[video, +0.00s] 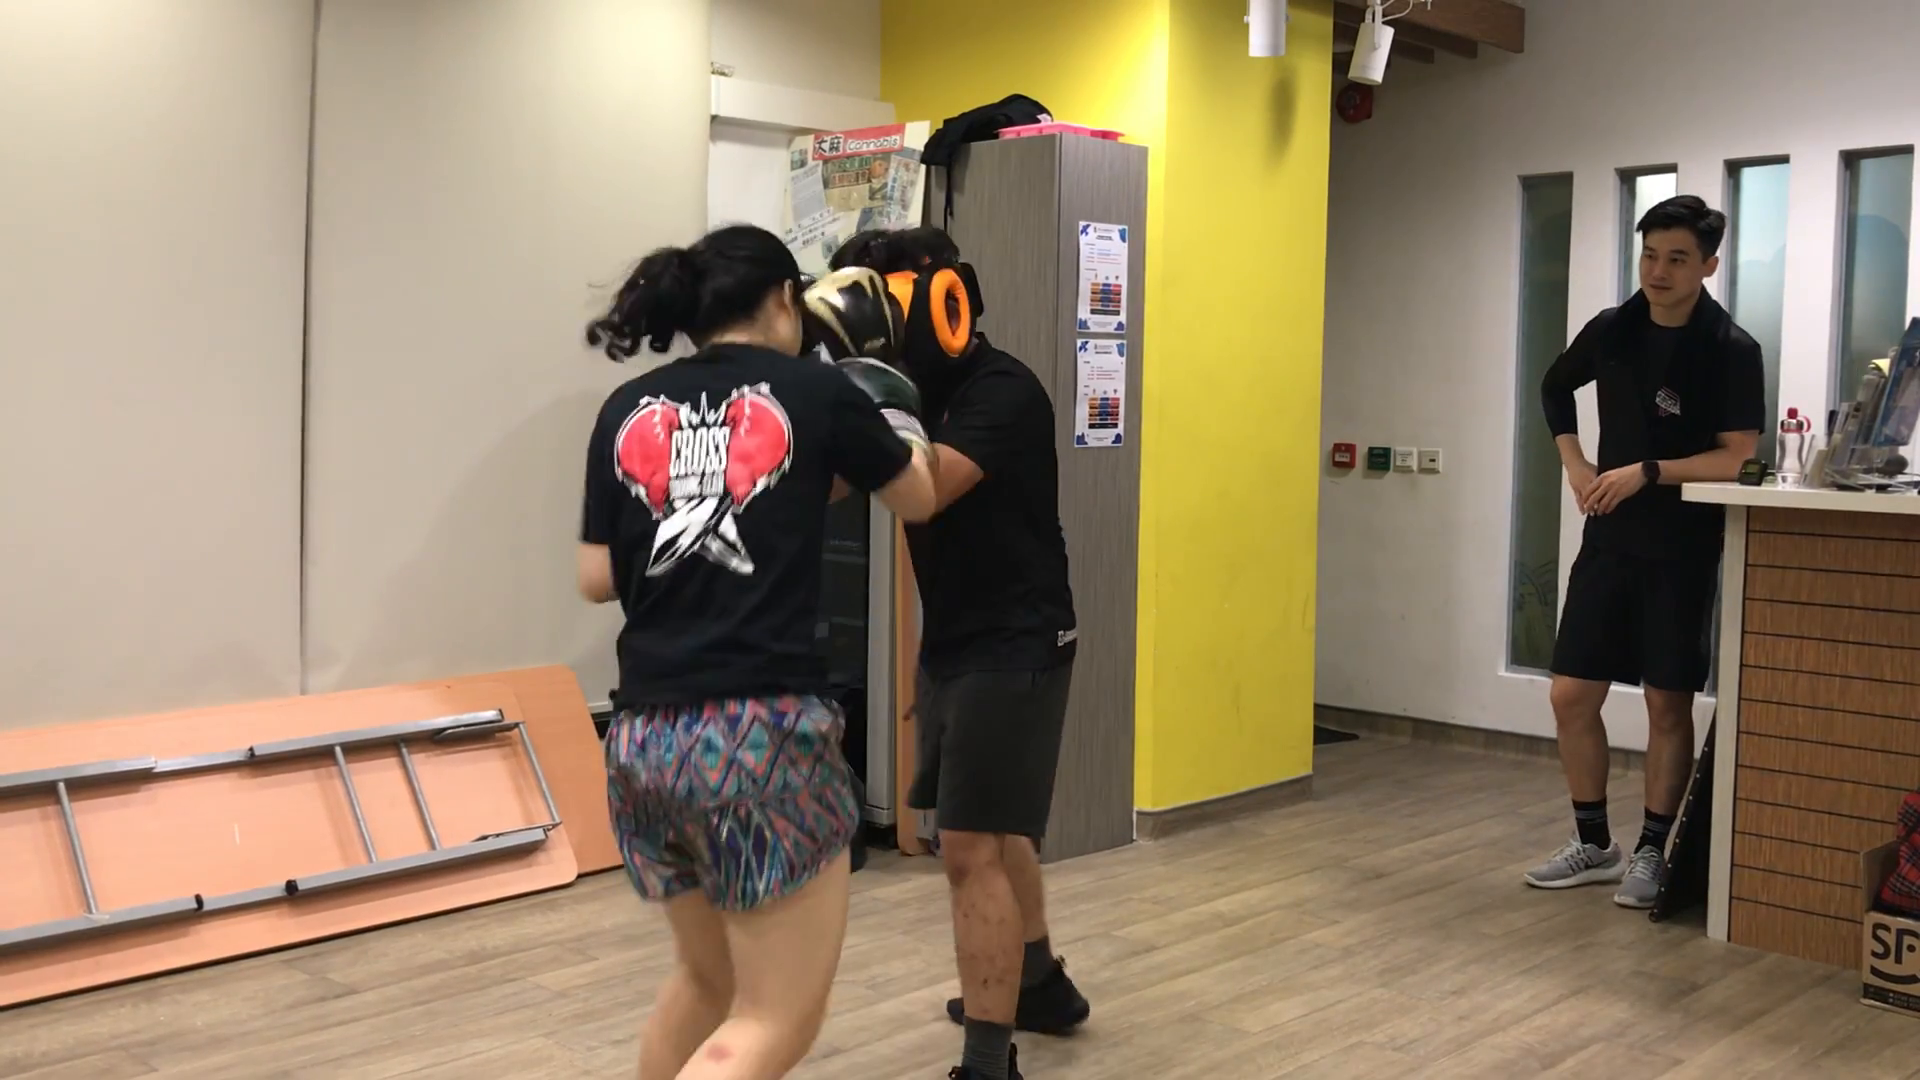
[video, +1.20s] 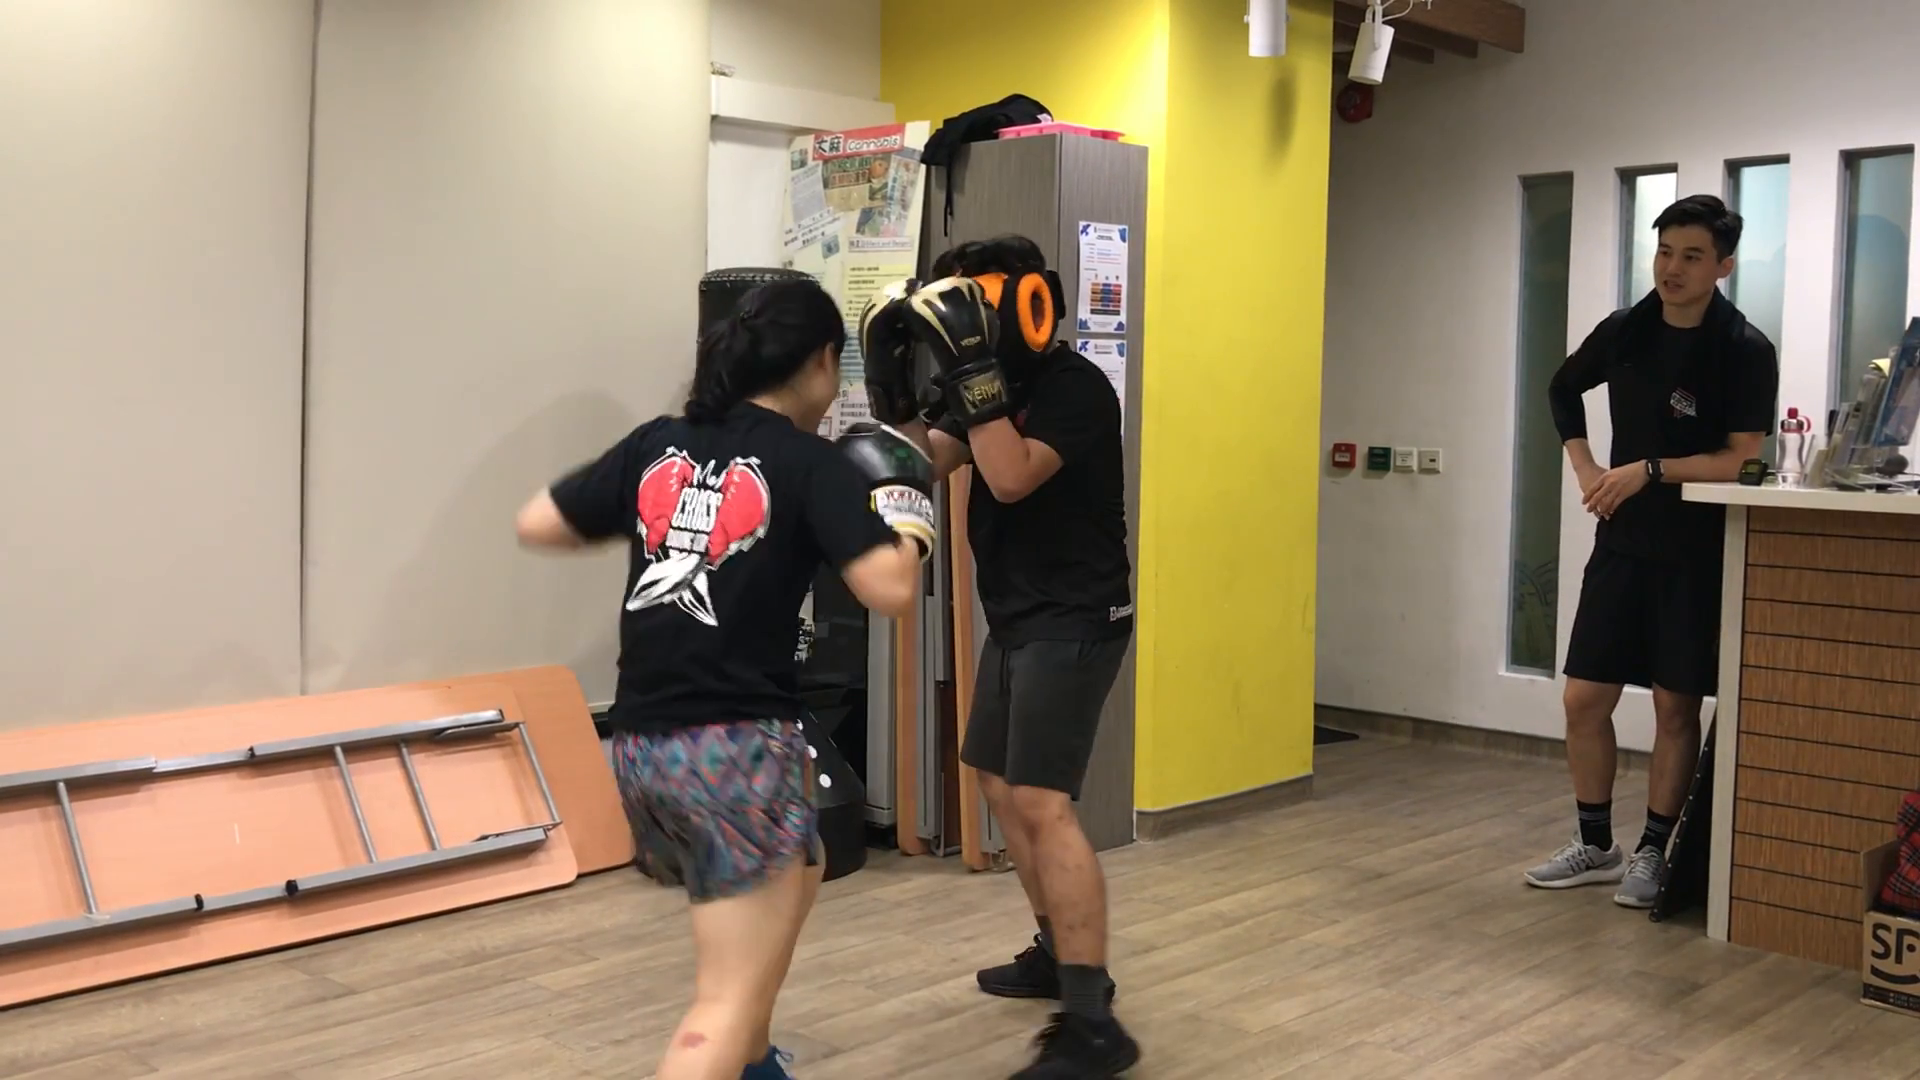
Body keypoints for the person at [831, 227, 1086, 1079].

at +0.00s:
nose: (869, 325)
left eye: (877, 304)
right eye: (861, 309)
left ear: (934, 299)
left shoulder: (1005, 391)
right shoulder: (927, 396)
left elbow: (921, 490)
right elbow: (858, 480)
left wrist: (872, 391)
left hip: (1015, 649)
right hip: (962, 648)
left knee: (970, 851)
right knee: (994, 830)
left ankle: (988, 1063)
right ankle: (1037, 981)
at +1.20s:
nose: (964, 322)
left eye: (974, 304)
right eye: (957, 307)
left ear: (1022, 303)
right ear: (983, 315)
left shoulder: (1074, 385)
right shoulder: (997, 389)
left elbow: (1012, 476)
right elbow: (933, 456)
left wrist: (974, 372)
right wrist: (901, 378)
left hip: (1072, 623)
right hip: (1013, 623)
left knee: (1040, 802)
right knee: (995, 779)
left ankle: (1092, 1021)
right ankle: (1057, 949)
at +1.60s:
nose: (1017, 414)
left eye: (1029, 398)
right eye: (1009, 401)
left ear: (1075, 390)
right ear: (1004, 403)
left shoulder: (1134, 446)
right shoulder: (1011, 436)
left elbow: (1087, 557)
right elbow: (912, 493)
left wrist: (1056, 453)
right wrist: (941, 415)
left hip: (1130, 651)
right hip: (1047, 640)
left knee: (1099, 821)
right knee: (987, 778)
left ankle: (1149, 1040)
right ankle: (1071, 913)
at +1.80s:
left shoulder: (1137, 490)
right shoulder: (996, 486)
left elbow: (1129, 626)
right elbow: (961, 604)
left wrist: (1091, 531)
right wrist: (932, 529)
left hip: (1152, 667)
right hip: (1064, 660)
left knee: (1112, 819)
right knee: (990, 804)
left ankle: (1151, 1042)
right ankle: (1075, 909)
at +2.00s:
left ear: (994, 552)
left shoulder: (1085, 556)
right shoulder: (1000, 562)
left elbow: (1053, 688)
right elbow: (955, 657)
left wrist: (977, 608)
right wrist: (902, 604)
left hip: (1176, 691)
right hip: (1085, 693)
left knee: (1103, 817)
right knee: (997, 800)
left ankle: (1153, 1038)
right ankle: (1089, 927)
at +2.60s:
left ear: (1028, 535)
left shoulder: (1140, 544)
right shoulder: (1053, 531)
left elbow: (1085, 682)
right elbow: (983, 632)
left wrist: (1011, 590)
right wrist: (947, 584)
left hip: (1211, 722)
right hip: (1148, 712)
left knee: (1064, 866)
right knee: (1100, 823)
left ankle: (1157, 1068)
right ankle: (1079, 929)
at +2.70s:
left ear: (1051, 473)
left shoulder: (1157, 512)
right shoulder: (1087, 496)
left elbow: (1078, 636)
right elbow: (1018, 589)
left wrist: (1010, 523)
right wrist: (973, 510)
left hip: (1234, 708)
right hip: (1176, 701)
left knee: (1077, 873)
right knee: (1143, 830)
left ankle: (1159, 1068)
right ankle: (1168, 967)